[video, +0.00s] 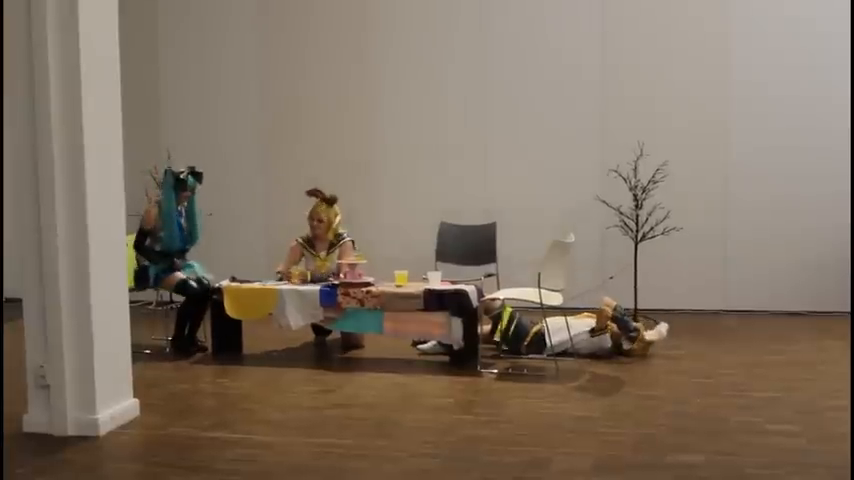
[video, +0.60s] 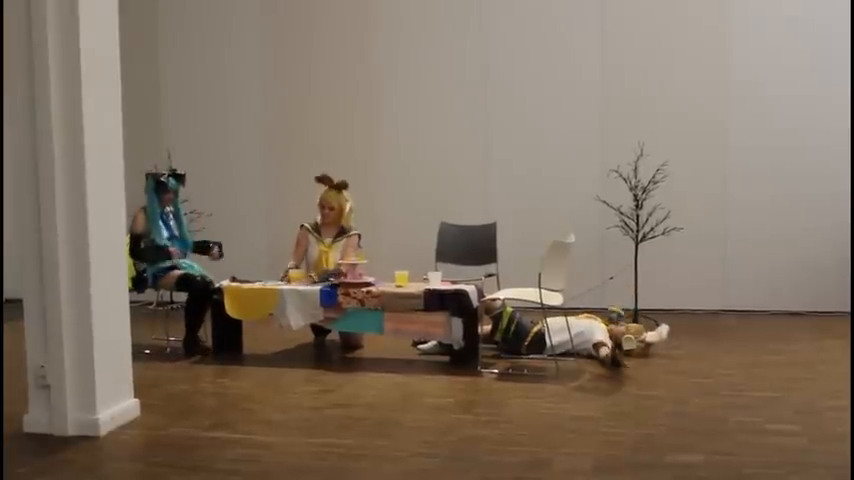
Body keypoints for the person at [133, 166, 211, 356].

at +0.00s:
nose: (188, 196)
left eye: (190, 192)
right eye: (184, 191)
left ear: (190, 193)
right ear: (174, 191)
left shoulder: (182, 212)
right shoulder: (155, 211)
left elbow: (185, 240)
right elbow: (139, 245)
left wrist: (180, 258)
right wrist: (165, 260)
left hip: (177, 265)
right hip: (157, 268)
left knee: (206, 289)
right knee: (194, 290)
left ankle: (190, 338)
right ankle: (179, 340)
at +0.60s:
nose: (171, 197)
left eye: (173, 193)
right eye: (167, 192)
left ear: (174, 194)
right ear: (158, 193)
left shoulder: (170, 213)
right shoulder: (144, 215)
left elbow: (179, 244)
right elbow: (136, 250)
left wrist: (205, 248)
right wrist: (166, 253)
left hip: (175, 265)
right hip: (156, 269)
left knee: (208, 287)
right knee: (198, 285)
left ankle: (193, 338)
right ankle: (190, 340)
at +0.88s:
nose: (173, 192)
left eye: (175, 188)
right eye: (168, 188)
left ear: (177, 190)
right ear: (158, 190)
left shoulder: (177, 212)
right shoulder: (145, 213)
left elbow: (187, 239)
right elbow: (157, 248)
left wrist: (199, 250)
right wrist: (187, 255)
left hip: (181, 264)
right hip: (161, 267)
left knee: (208, 284)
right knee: (198, 284)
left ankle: (200, 337)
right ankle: (192, 340)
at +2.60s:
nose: (194, 207)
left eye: (195, 203)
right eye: (191, 202)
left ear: (195, 204)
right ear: (178, 201)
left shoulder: (188, 222)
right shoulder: (157, 221)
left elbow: (193, 255)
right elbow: (165, 260)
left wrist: (200, 268)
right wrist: (191, 272)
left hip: (179, 269)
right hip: (157, 272)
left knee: (206, 285)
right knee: (198, 285)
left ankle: (199, 341)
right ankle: (191, 343)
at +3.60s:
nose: (195, 208)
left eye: (197, 204)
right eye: (193, 203)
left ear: (195, 203)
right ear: (180, 200)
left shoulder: (187, 221)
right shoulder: (158, 218)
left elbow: (192, 255)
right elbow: (165, 259)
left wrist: (202, 268)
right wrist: (192, 272)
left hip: (176, 269)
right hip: (155, 272)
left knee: (207, 286)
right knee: (198, 288)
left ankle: (199, 341)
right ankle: (191, 344)